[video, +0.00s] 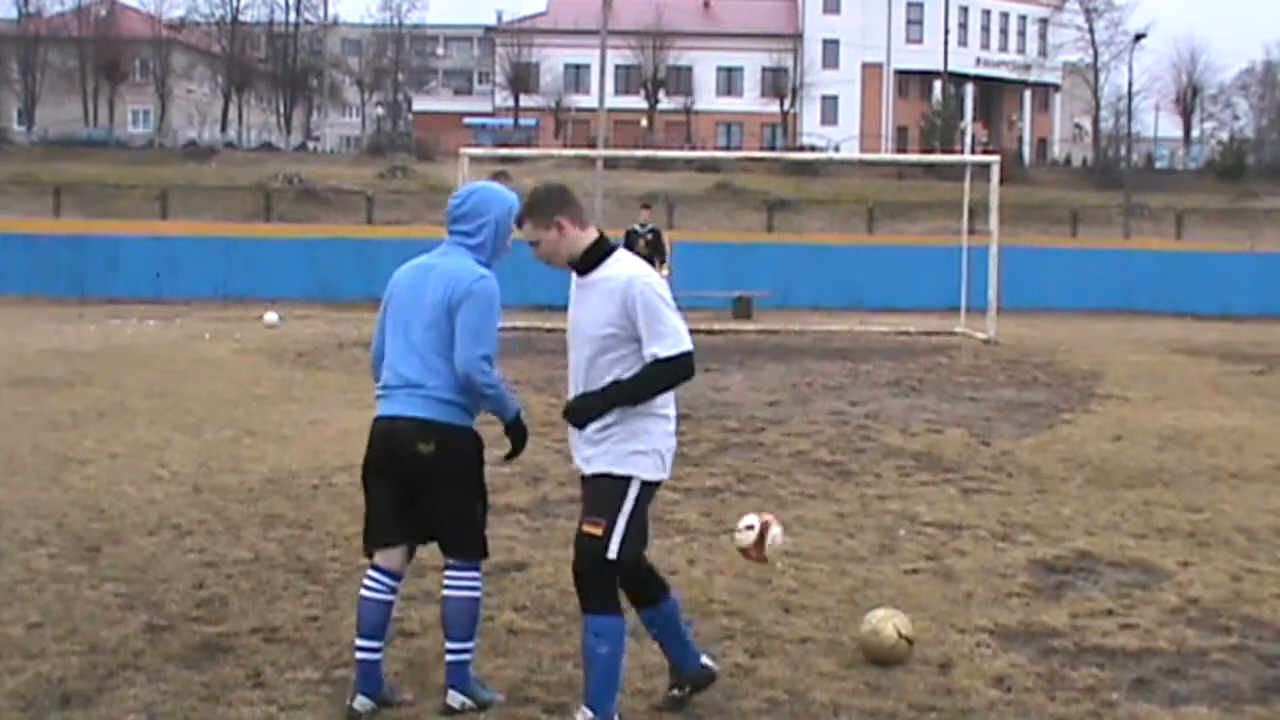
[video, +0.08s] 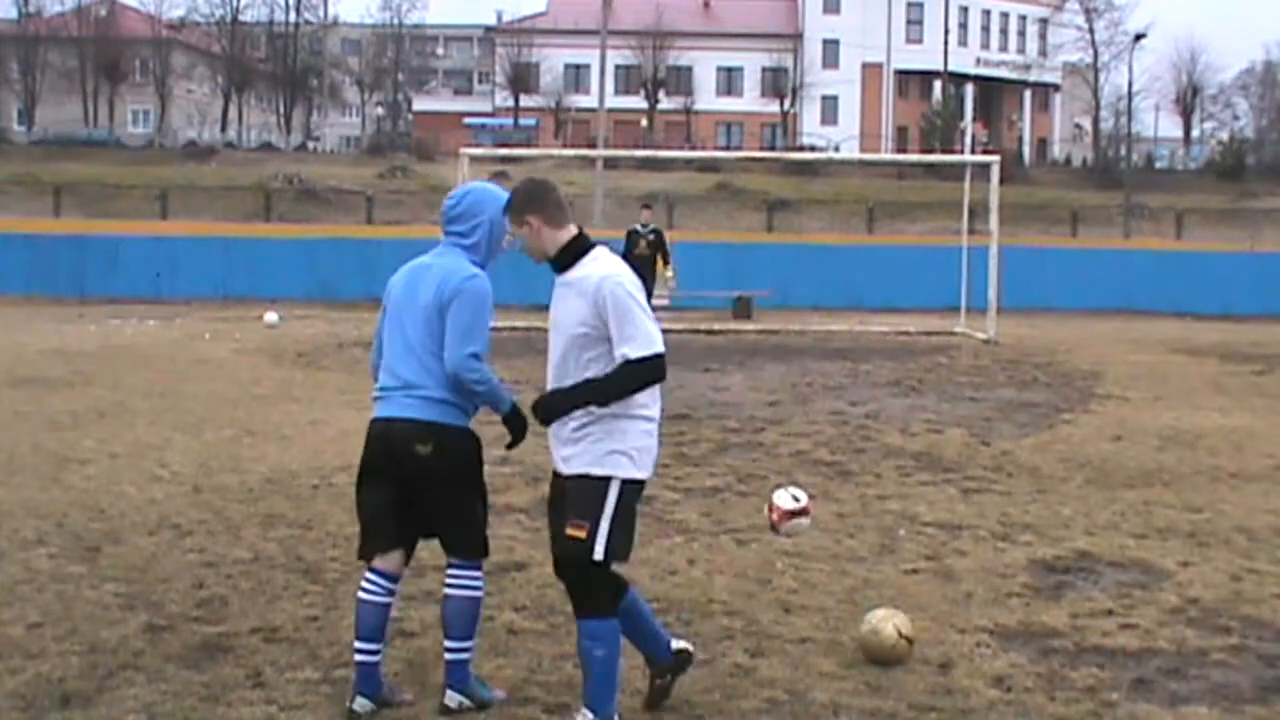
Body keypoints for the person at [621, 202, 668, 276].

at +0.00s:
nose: (644, 217)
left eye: (647, 214)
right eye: (642, 214)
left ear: (650, 215)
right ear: (639, 214)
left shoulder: (655, 232)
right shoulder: (630, 232)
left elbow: (661, 251)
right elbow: (626, 251)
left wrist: (663, 266)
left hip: (650, 268)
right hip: (633, 267)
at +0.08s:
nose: (645, 216)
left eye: (648, 213)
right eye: (643, 213)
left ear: (651, 215)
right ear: (640, 215)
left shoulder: (657, 233)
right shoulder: (631, 232)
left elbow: (663, 250)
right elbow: (626, 251)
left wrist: (667, 266)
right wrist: (623, 266)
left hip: (649, 269)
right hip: (633, 268)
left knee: (648, 292)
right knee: (633, 291)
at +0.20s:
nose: (646, 219)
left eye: (650, 216)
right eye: (644, 215)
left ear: (654, 217)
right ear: (641, 216)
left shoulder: (659, 235)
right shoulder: (633, 234)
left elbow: (667, 254)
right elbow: (627, 253)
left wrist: (673, 269)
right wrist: (623, 269)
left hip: (650, 275)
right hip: (635, 275)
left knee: (647, 307)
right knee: (630, 307)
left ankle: (643, 337)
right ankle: (637, 327)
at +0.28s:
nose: (647, 219)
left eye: (651, 216)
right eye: (645, 216)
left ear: (655, 218)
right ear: (641, 217)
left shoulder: (660, 235)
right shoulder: (634, 234)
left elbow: (668, 254)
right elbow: (629, 254)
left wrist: (673, 270)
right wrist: (624, 270)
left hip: (652, 273)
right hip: (637, 273)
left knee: (647, 305)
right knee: (637, 305)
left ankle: (643, 336)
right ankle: (642, 330)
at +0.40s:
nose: (647, 220)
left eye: (650, 217)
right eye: (645, 217)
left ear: (655, 219)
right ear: (641, 218)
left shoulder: (661, 235)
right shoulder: (635, 237)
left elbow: (669, 254)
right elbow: (629, 256)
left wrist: (674, 270)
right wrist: (625, 273)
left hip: (655, 272)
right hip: (640, 273)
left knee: (651, 304)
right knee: (643, 304)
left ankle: (647, 334)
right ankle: (645, 333)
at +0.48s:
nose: (648, 221)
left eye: (651, 218)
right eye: (646, 218)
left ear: (655, 219)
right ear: (642, 219)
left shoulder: (662, 235)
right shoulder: (636, 238)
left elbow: (670, 254)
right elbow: (631, 257)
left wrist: (673, 269)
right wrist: (626, 275)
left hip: (658, 273)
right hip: (643, 273)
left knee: (652, 303)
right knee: (646, 304)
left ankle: (650, 334)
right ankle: (647, 334)